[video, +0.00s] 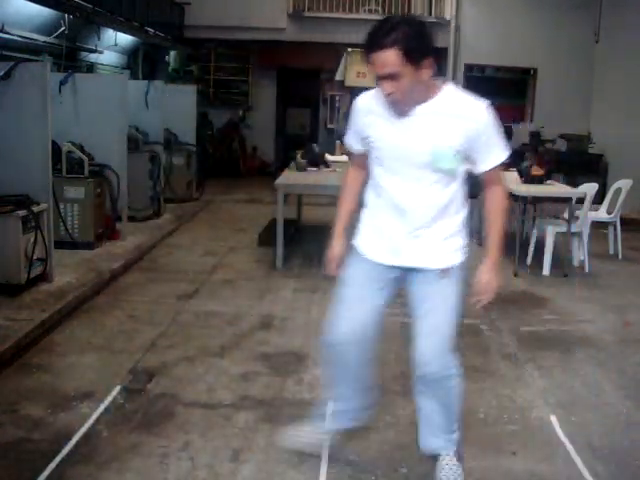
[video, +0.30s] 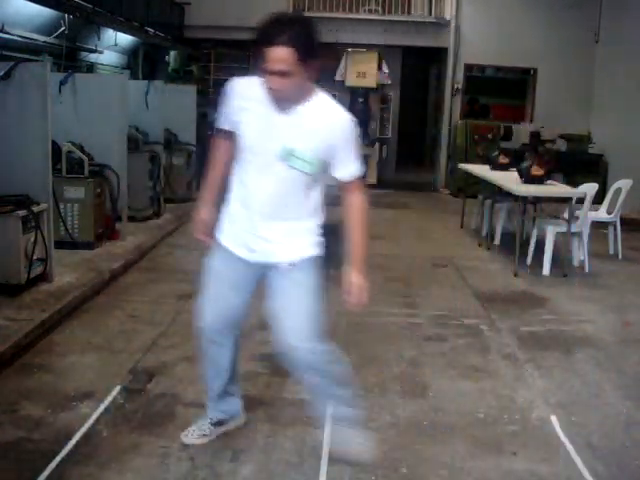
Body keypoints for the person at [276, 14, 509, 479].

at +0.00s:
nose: (383, 88)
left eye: (391, 77)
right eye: (376, 78)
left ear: (426, 67)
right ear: (370, 71)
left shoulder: (470, 114)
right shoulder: (367, 108)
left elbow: (494, 185)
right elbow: (357, 168)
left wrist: (491, 261)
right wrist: (339, 235)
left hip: (439, 257)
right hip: (374, 249)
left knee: (433, 361)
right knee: (343, 334)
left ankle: (445, 449)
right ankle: (343, 413)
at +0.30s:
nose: (272, 82)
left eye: (283, 74)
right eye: (266, 71)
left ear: (311, 70)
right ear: (258, 64)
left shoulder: (336, 122)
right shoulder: (242, 92)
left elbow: (353, 191)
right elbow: (223, 141)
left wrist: (355, 266)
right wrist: (207, 202)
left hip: (294, 250)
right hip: (234, 240)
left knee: (299, 344)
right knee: (212, 324)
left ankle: (344, 420)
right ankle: (222, 410)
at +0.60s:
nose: (177, 135)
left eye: (186, 125)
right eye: (168, 125)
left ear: (203, 118)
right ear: (156, 117)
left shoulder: (227, 160)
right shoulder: (136, 140)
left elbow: (248, 221)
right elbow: (126, 192)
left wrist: (242, 289)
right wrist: (104, 250)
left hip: (188, 281)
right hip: (130, 270)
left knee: (175, 364)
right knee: (88, 342)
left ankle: (180, 419)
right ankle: (52, 407)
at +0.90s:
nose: (226, 97)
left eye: (235, 87)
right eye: (217, 88)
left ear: (249, 78)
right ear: (201, 80)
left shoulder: (274, 120)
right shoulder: (177, 109)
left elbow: (284, 178)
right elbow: (158, 159)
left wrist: (272, 243)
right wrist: (130, 217)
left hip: (236, 257)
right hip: (176, 243)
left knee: (208, 344)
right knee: (132, 322)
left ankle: (182, 408)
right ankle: (101, 401)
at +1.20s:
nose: (348, 115)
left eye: (357, 105)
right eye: (339, 106)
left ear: (365, 97)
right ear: (315, 96)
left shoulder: (376, 135)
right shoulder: (280, 130)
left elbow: (375, 196)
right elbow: (253, 188)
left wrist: (377, 257)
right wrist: (239, 256)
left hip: (352, 265)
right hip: (285, 266)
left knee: (390, 343)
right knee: (252, 344)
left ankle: (412, 422)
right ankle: (205, 415)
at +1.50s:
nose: (444, 98)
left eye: (454, 87)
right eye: (435, 88)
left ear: (467, 76)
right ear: (418, 78)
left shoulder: (488, 111)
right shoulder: (388, 111)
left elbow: (505, 162)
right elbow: (359, 152)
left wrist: (513, 224)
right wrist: (360, 218)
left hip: (478, 240)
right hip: (417, 247)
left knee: (507, 326)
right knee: (435, 339)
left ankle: (519, 399)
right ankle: (472, 414)